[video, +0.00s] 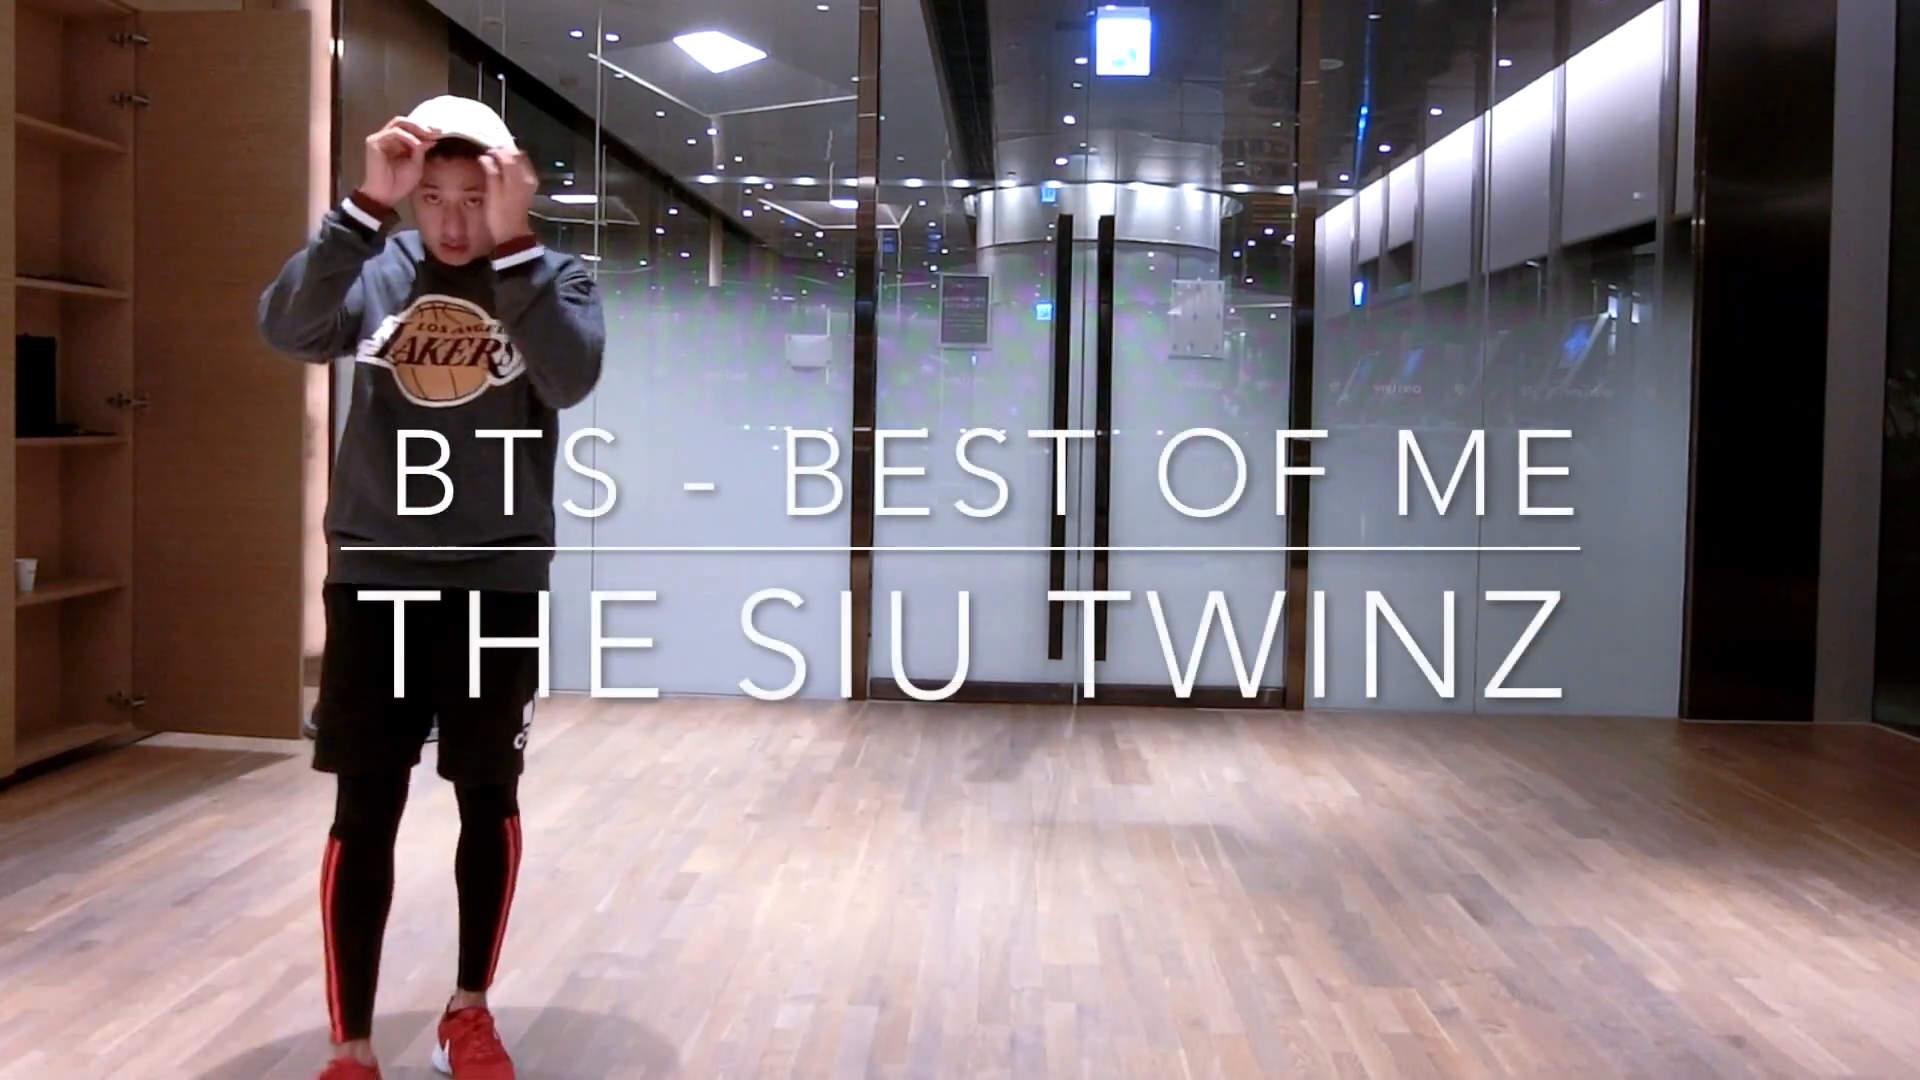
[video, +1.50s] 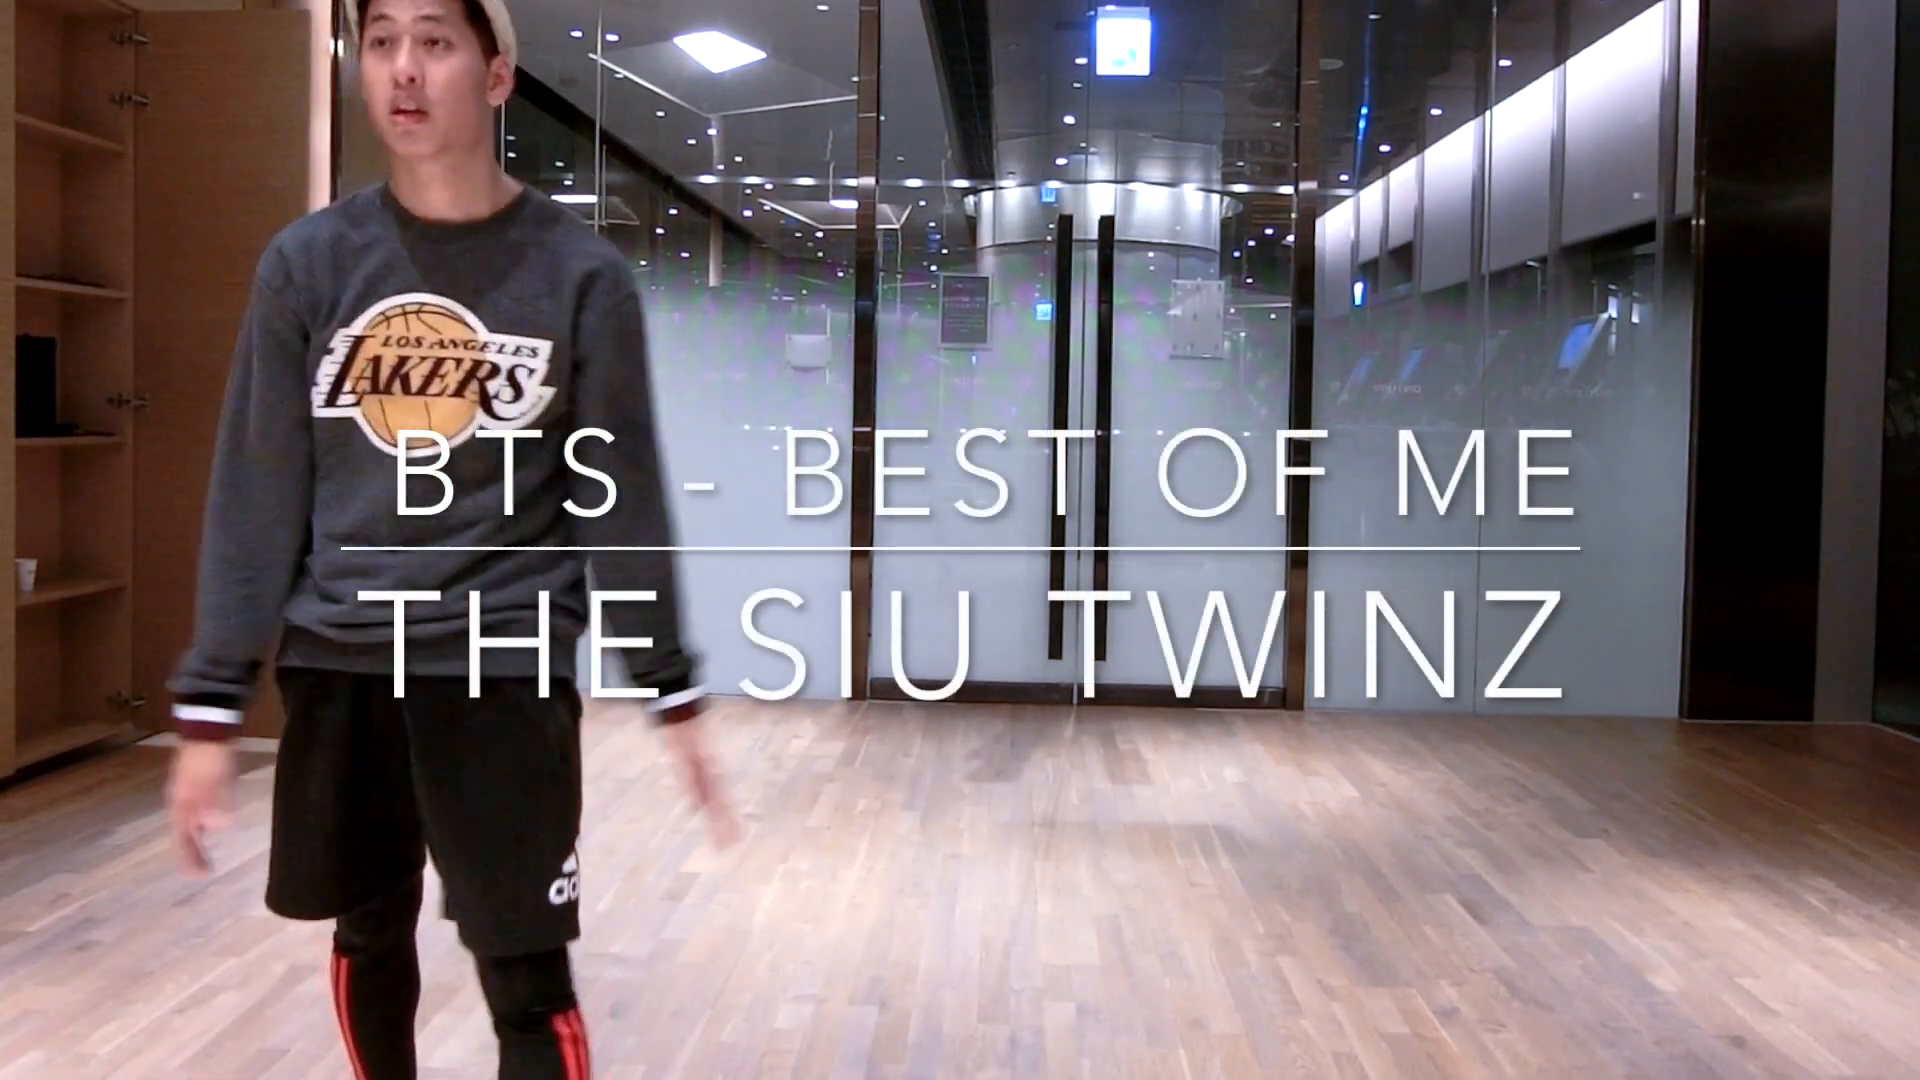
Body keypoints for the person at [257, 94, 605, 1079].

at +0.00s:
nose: (451, 210)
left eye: (469, 190)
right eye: (435, 194)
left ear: (503, 196)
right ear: (407, 202)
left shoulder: (550, 278)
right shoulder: (375, 276)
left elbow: (570, 380)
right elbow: (287, 328)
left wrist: (516, 243)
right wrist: (367, 208)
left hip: (500, 575)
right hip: (379, 573)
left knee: (489, 801)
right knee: (366, 807)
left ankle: (470, 1010)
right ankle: (351, 1049)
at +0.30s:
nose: (445, 190)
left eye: (466, 167)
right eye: (424, 168)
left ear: (501, 177)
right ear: (401, 180)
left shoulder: (542, 273)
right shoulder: (363, 271)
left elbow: (631, 277)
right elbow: (244, 291)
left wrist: (541, 172)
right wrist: (330, 152)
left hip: (509, 595)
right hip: (384, 595)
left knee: (493, 820)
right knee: (389, 845)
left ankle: (469, 1008)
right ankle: (388, 1071)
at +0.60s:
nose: (422, 153)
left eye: (444, 130)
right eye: (400, 129)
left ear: (480, 150)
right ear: (369, 148)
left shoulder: (524, 265)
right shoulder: (327, 263)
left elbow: (618, 233)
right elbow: (205, 215)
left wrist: (517, 134)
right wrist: (321, 127)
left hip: (498, 603)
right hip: (359, 607)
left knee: (504, 842)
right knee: (368, 868)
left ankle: (473, 998)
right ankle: (385, 1073)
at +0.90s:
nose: (407, 152)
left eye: (431, 126)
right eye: (385, 125)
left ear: (467, 140)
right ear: (348, 139)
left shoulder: (504, 248)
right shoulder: (315, 244)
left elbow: (571, 338)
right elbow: (211, 322)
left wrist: (505, 186)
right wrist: (306, 172)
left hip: (483, 603)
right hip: (335, 607)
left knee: (503, 893)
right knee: (357, 896)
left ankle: (525, 1077)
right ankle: (383, 1078)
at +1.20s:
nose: (409, 119)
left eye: (435, 94)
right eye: (383, 92)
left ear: (476, 112)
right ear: (350, 108)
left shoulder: (532, 246)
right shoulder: (282, 225)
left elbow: (535, 400)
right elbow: (283, 397)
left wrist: (462, 342)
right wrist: (376, 336)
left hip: (487, 590)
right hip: (330, 604)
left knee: (535, 883)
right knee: (360, 906)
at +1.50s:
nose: (406, 72)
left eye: (437, 44)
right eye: (383, 45)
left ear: (497, 76)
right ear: (356, 77)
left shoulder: (579, 268)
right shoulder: (306, 262)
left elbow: (623, 494)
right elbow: (254, 496)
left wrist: (674, 698)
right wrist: (206, 714)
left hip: (508, 674)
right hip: (343, 671)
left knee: (524, 979)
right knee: (368, 947)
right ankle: (385, 1079)